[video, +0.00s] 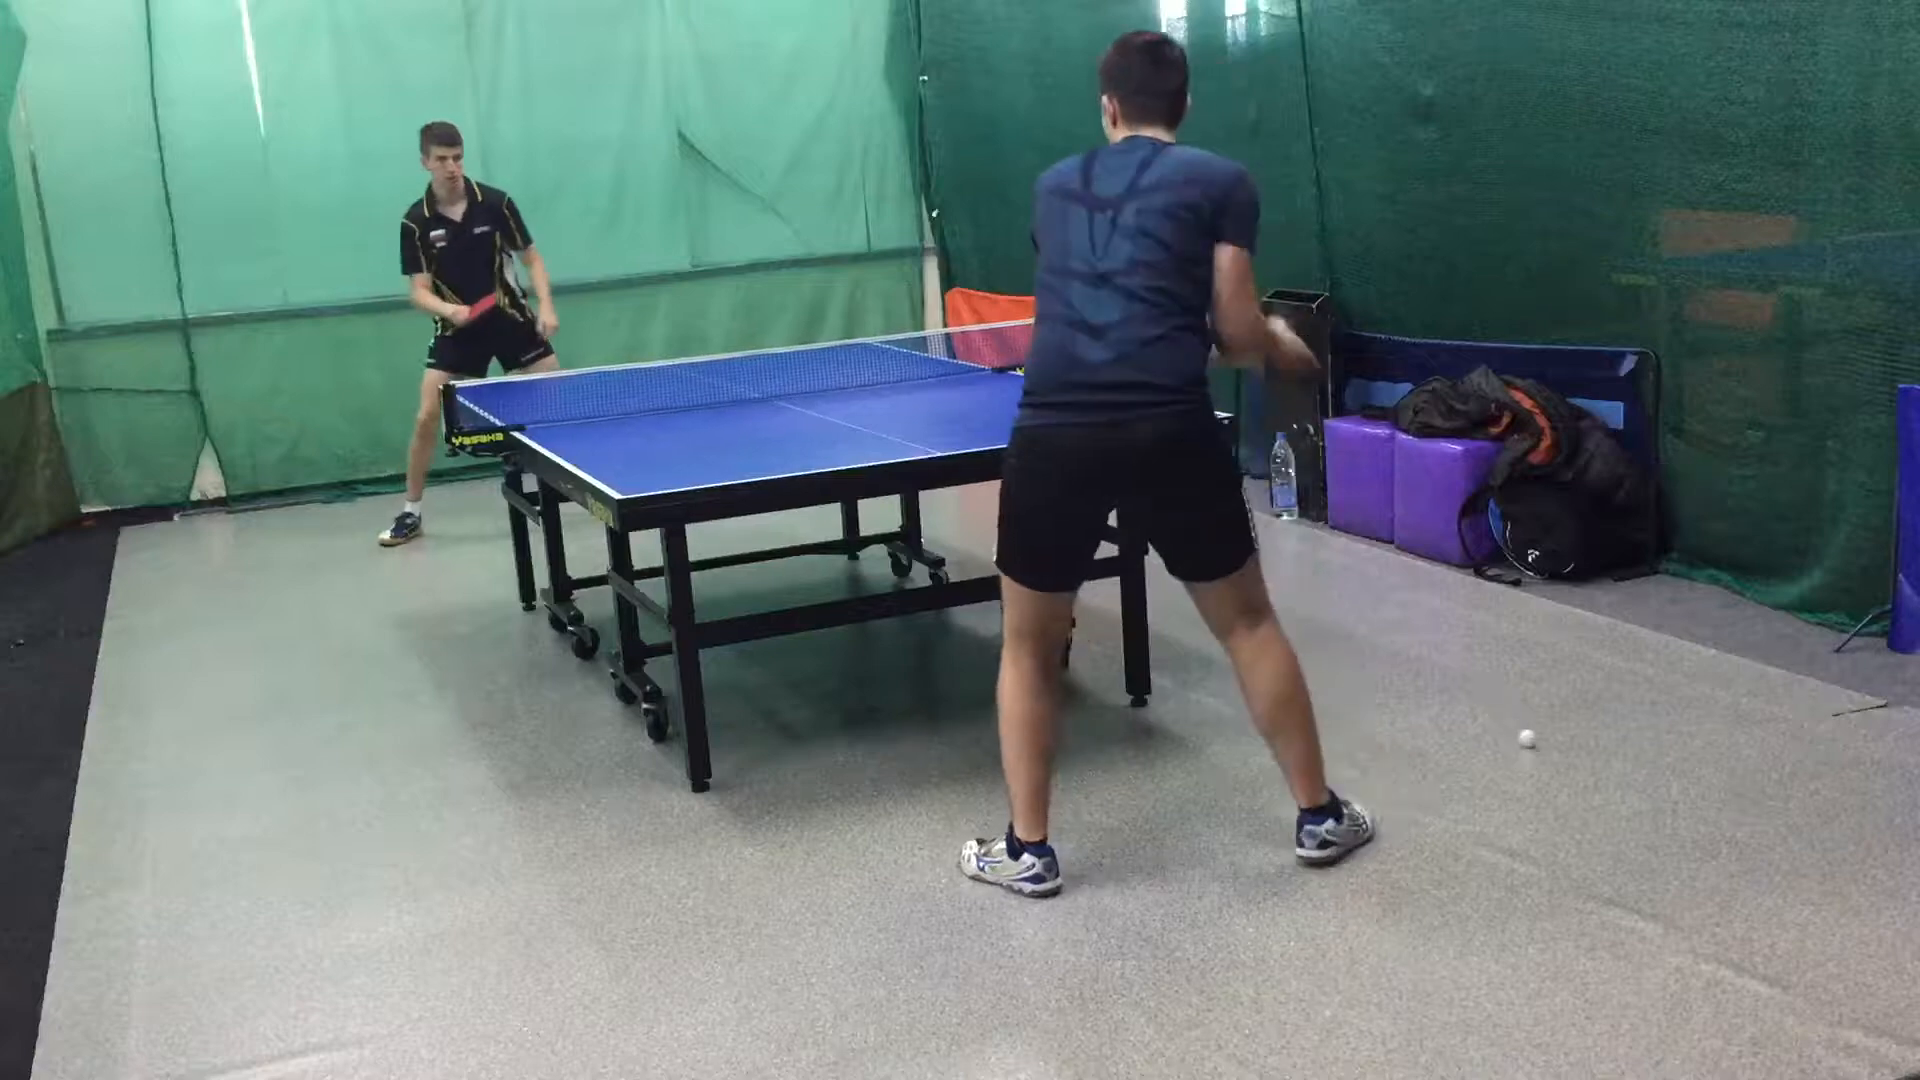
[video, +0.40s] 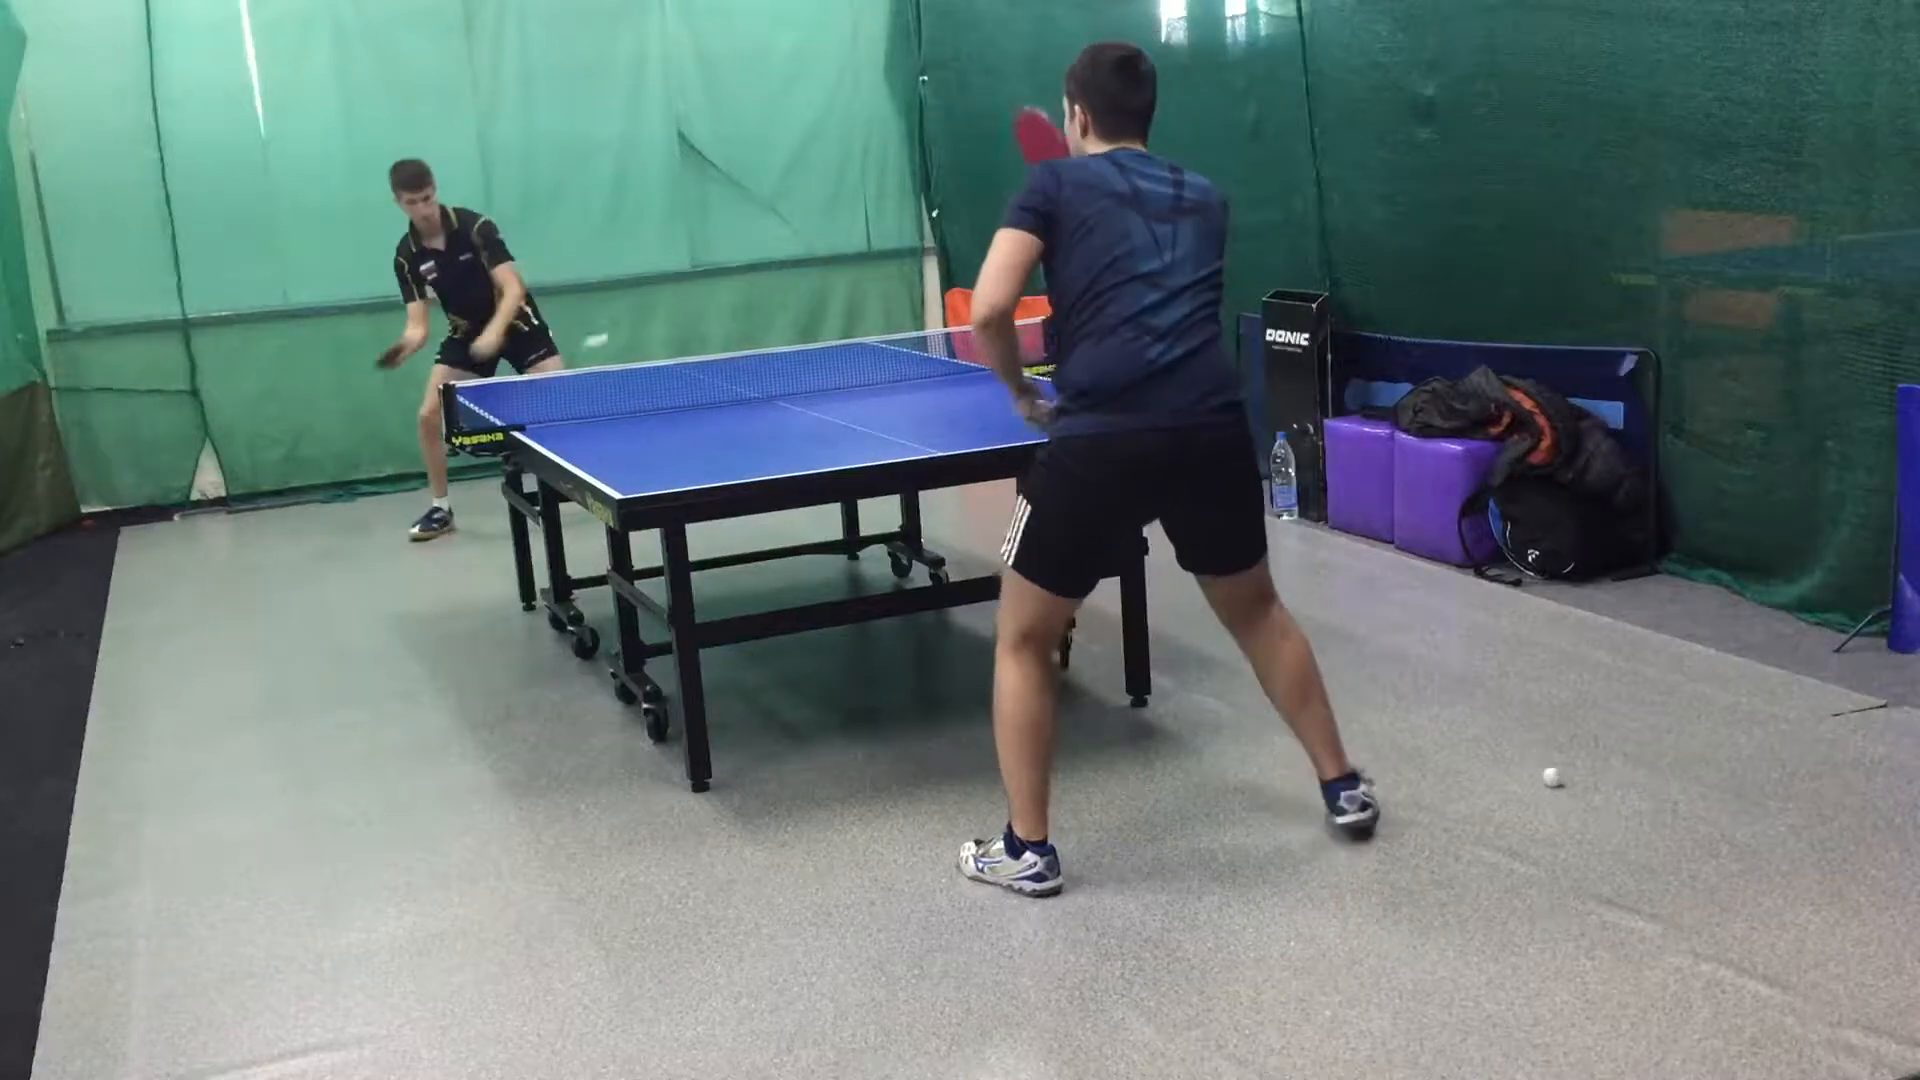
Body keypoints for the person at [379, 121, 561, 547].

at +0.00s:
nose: (452, 168)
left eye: (457, 159)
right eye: (442, 161)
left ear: (464, 158)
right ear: (426, 163)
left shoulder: (496, 203)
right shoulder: (416, 221)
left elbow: (531, 258)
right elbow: (419, 292)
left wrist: (546, 307)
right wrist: (448, 309)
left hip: (510, 318)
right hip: (458, 328)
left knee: (555, 397)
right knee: (427, 417)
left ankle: (520, 470)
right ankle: (411, 511)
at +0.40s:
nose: (425, 208)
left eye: (429, 198)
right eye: (414, 203)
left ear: (436, 190)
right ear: (400, 204)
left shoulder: (474, 226)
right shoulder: (407, 254)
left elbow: (513, 288)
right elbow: (417, 321)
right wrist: (405, 345)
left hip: (513, 319)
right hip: (465, 331)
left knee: (560, 394)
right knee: (430, 416)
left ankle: (570, 479)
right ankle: (440, 507)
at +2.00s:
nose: (431, 190)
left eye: (435, 181)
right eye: (420, 184)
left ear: (443, 179)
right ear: (405, 189)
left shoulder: (473, 219)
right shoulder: (405, 238)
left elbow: (529, 254)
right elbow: (418, 290)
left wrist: (563, 251)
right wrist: (452, 244)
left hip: (482, 342)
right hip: (432, 353)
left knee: (550, 396)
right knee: (416, 443)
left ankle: (589, 493)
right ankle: (382, 524)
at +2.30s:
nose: (392, 217)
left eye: (396, 207)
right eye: (381, 210)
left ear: (404, 200)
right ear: (366, 211)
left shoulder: (441, 241)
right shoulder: (373, 259)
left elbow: (467, 310)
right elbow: (376, 332)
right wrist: (348, 363)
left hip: (486, 329)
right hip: (436, 336)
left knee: (537, 407)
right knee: (401, 424)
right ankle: (408, 518)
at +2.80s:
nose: (471, 182)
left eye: (477, 173)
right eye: (462, 176)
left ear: (490, 170)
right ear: (452, 179)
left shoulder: (514, 213)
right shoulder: (455, 226)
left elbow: (574, 248)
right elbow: (494, 263)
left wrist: (602, 237)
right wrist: (521, 207)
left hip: (523, 337)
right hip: (479, 351)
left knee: (586, 383)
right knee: (456, 449)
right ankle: (409, 515)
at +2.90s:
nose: (477, 181)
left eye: (482, 172)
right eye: (467, 175)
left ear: (492, 169)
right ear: (454, 179)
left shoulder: (521, 209)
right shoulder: (454, 226)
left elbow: (575, 247)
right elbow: (463, 285)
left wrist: (615, 255)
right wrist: (507, 242)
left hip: (529, 336)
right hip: (477, 347)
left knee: (592, 390)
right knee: (445, 436)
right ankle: (401, 519)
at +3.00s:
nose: (460, 179)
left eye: (464, 169)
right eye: (449, 173)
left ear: (475, 166)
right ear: (437, 176)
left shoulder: (510, 209)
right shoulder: (433, 227)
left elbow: (558, 252)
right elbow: (432, 295)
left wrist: (590, 283)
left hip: (522, 324)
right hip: (467, 332)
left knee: (574, 395)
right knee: (428, 418)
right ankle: (405, 512)